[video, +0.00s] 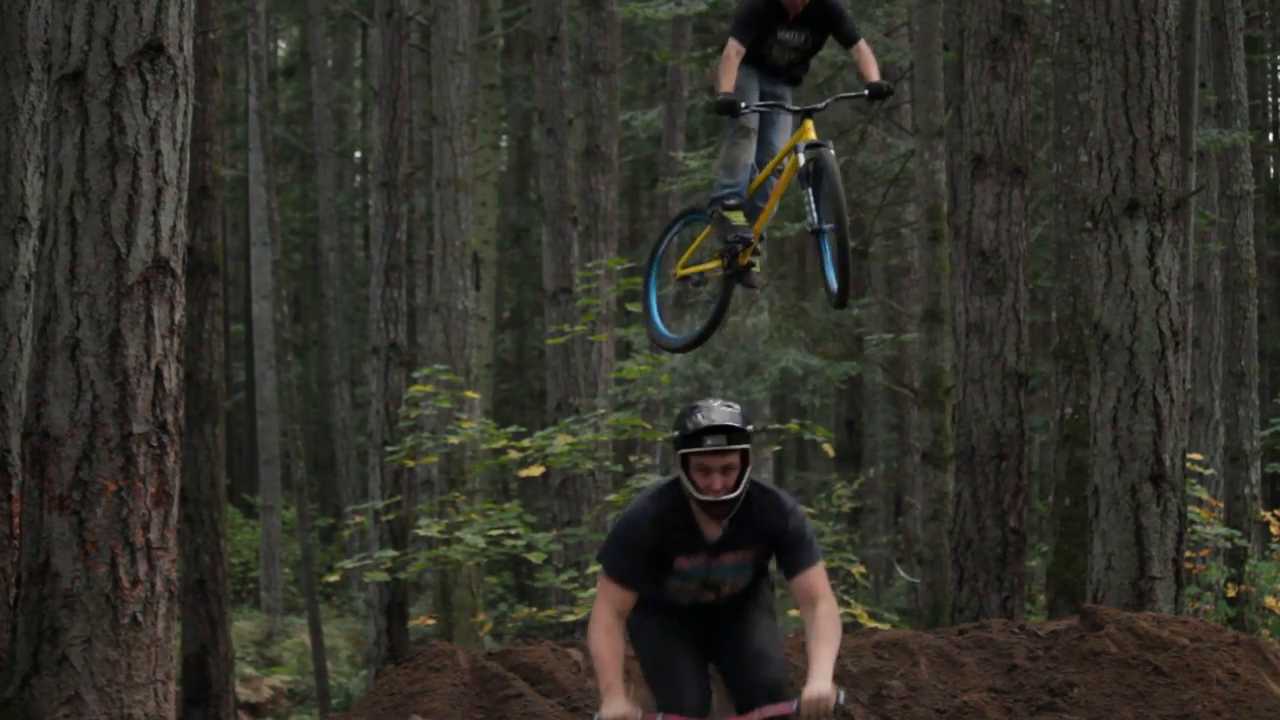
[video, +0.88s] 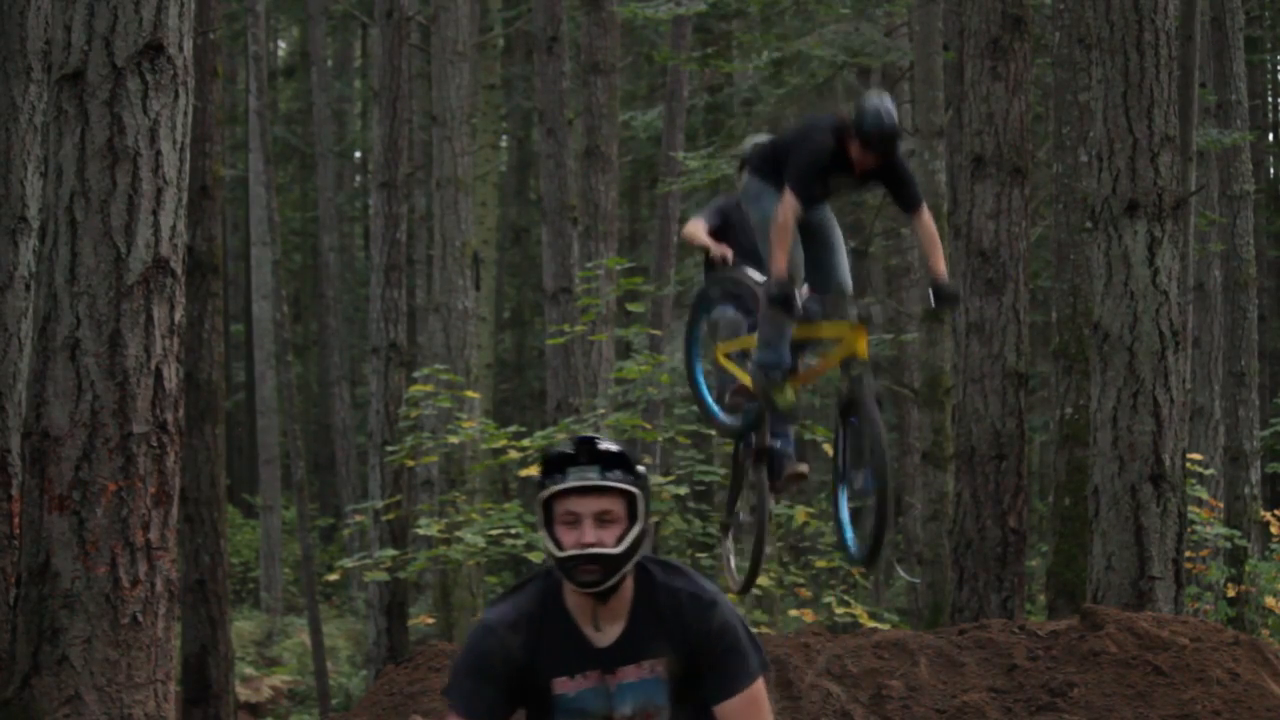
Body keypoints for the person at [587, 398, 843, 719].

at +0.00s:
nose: (716, 484)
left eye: (728, 471)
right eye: (703, 471)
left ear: (745, 465)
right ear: (683, 467)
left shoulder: (776, 513)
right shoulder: (646, 519)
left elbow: (819, 602)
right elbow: (608, 612)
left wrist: (820, 680)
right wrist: (613, 697)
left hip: (744, 611)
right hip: (665, 618)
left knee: (769, 702)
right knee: (686, 708)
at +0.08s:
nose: (701, 496)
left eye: (713, 482)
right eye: (688, 483)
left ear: (734, 479)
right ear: (669, 482)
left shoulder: (768, 540)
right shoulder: (632, 547)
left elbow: (807, 640)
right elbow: (594, 646)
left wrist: (810, 715)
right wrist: (593, 716)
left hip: (741, 656)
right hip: (659, 661)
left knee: (764, 711)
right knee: (668, 712)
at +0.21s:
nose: (695, 505)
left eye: (708, 490)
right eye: (682, 490)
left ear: (728, 489)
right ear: (662, 491)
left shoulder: (769, 555)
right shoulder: (624, 558)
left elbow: (803, 654)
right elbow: (584, 663)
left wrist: (807, 715)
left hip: (742, 688)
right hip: (656, 693)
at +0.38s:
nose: (672, 525)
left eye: (687, 510)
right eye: (657, 510)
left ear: (710, 512)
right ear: (638, 515)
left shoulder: (754, 589)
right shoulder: (601, 593)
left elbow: (791, 704)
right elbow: (560, 708)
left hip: (730, 710)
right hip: (630, 710)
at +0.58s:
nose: (643, 538)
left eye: (658, 522)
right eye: (627, 522)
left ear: (683, 526)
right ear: (606, 528)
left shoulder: (738, 612)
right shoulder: (564, 619)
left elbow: (785, 714)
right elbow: (528, 713)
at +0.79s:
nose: (604, 540)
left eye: (621, 521)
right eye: (587, 523)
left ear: (650, 525)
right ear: (565, 530)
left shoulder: (711, 616)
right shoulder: (522, 633)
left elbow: (760, 716)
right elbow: (481, 715)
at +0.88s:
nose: (588, 539)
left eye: (605, 520)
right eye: (571, 522)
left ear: (636, 524)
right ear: (549, 530)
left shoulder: (700, 616)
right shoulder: (504, 636)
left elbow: (752, 713)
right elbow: (465, 712)